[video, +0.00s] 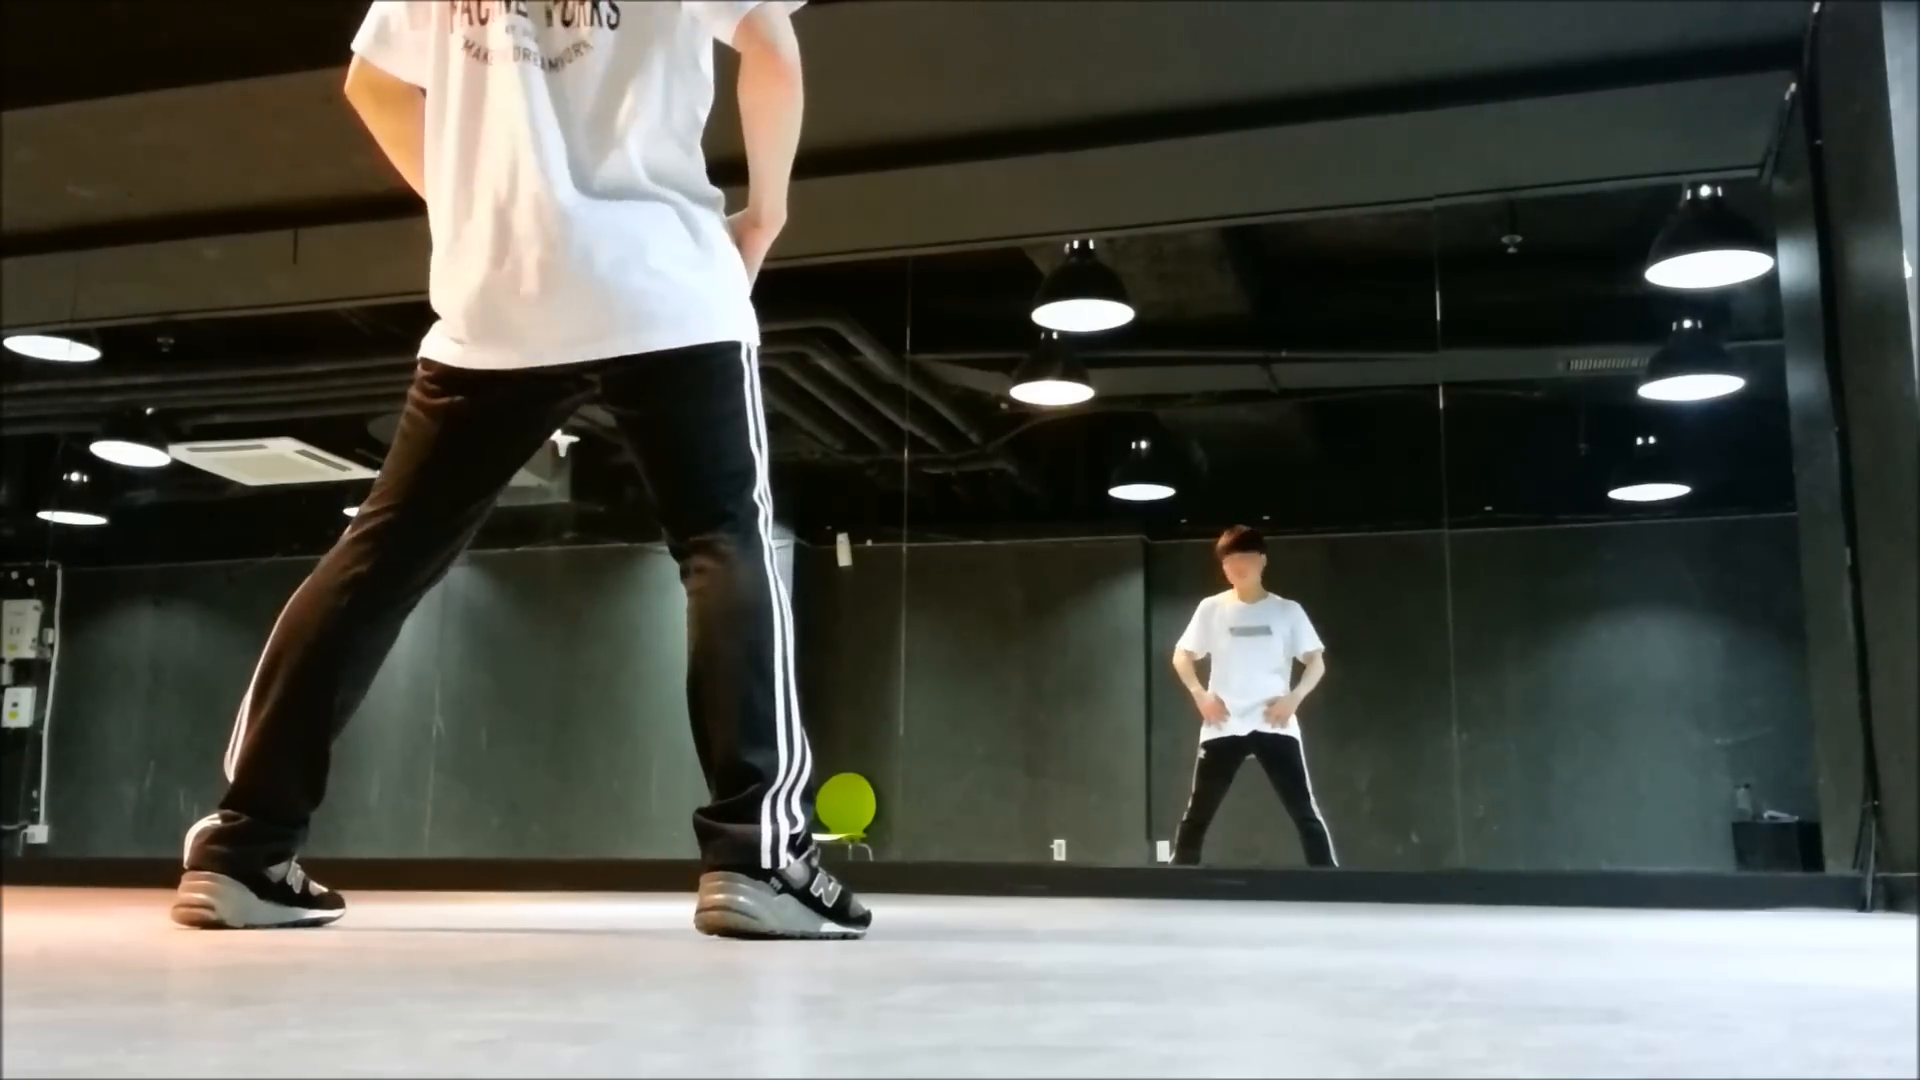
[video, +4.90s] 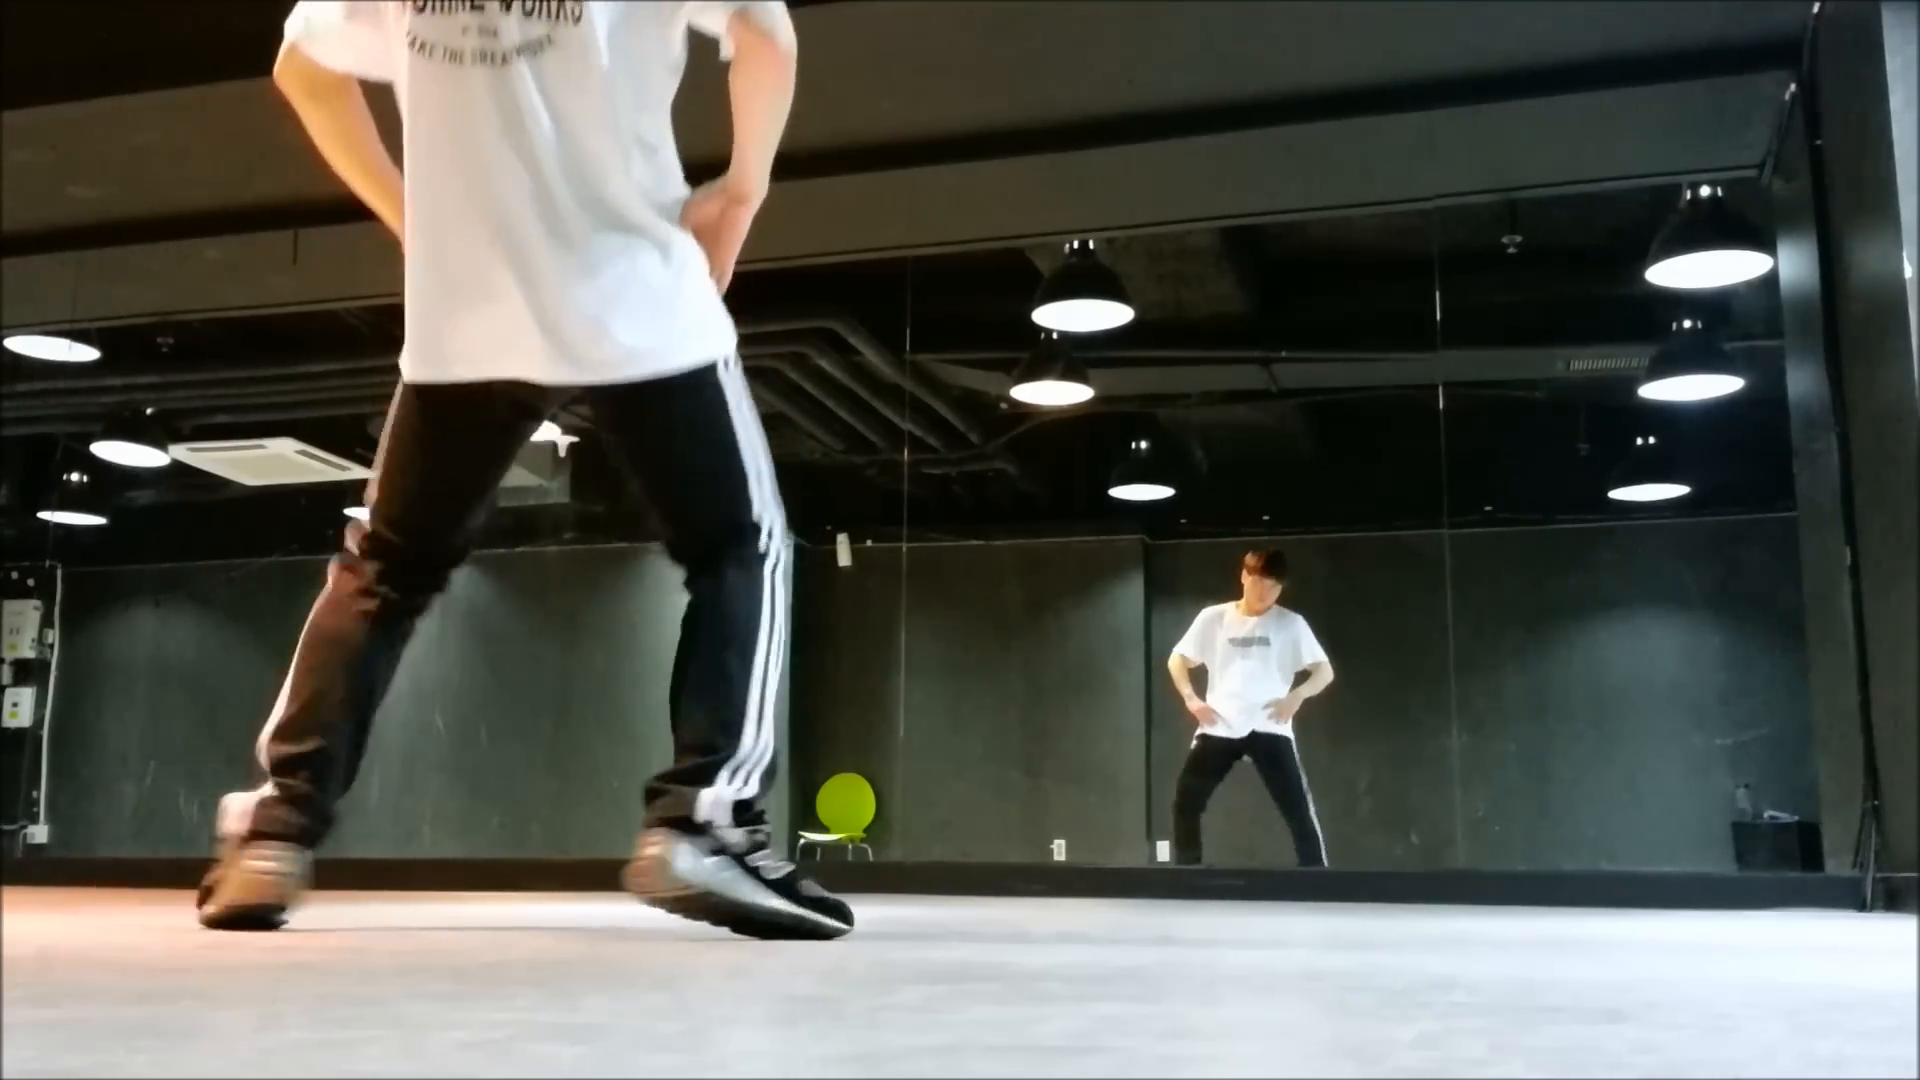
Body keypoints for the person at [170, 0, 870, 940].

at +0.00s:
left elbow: (376, 81)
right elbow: (771, 48)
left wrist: (476, 207)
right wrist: (767, 204)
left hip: (495, 275)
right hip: (663, 274)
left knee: (380, 555)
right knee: (726, 545)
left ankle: (240, 844)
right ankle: (758, 851)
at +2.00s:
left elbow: (350, 69)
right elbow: (754, 22)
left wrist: (458, 198)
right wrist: (758, 190)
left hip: (482, 254)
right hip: (655, 251)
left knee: (370, 551)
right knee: (710, 539)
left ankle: (238, 848)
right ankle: (760, 856)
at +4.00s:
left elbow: (306, 92)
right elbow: (766, 11)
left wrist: (431, 216)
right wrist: (746, 174)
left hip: (485, 280)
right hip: (654, 267)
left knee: (386, 549)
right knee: (761, 515)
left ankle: (307, 840)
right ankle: (706, 843)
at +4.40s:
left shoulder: (401, 3)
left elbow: (301, 63)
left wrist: (391, 220)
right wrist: (754, 164)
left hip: (458, 258)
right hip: (635, 243)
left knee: (385, 566)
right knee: (748, 544)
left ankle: (168, 824)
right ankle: (774, 847)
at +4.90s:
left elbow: (306, 68)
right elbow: (764, 35)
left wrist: (409, 218)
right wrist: (743, 185)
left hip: (464, 290)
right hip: (632, 291)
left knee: (383, 565)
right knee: (741, 548)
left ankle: (275, 833)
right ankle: (706, 825)